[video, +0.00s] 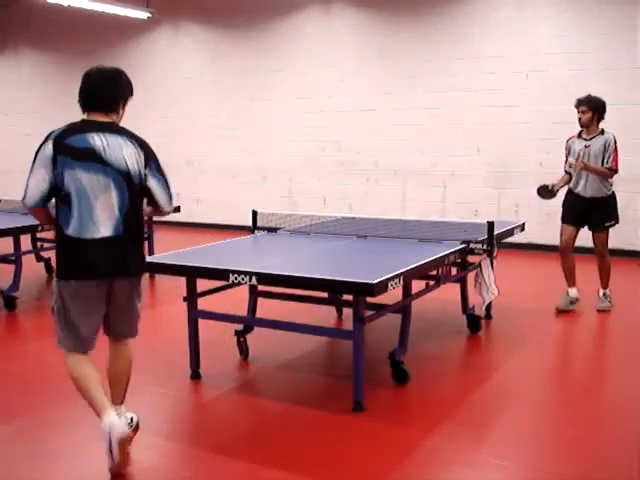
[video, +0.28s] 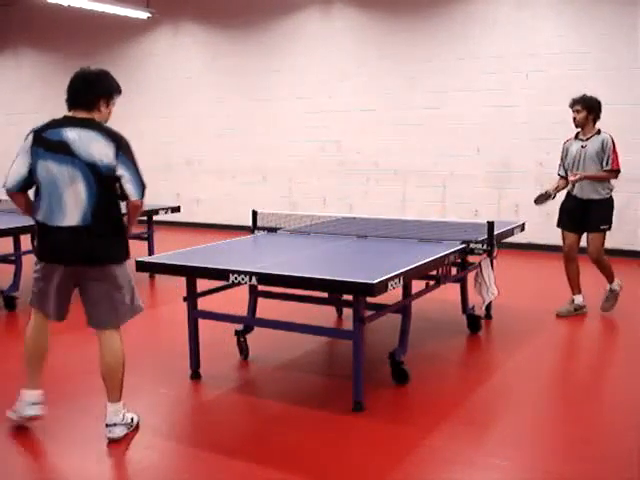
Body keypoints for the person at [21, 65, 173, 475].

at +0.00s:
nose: (126, 109)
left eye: (125, 104)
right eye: (125, 104)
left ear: (81, 101)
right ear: (121, 105)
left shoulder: (56, 142)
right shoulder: (134, 146)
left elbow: (32, 202)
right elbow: (164, 204)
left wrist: (57, 225)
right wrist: (140, 209)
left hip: (78, 265)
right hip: (126, 263)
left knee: (74, 348)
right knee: (121, 340)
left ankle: (113, 418)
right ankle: (114, 426)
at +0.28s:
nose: (112, 111)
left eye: (112, 104)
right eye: (111, 104)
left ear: (71, 101)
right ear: (100, 104)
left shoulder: (38, 136)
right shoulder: (112, 142)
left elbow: (13, 188)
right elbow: (137, 201)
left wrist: (38, 216)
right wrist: (123, 225)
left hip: (54, 251)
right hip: (102, 253)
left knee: (40, 316)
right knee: (109, 328)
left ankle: (30, 398)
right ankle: (115, 415)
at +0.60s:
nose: (70, 119)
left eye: (71, 113)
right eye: (68, 112)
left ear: (36, 108)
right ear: (50, 108)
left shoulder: (9, 140)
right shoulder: (44, 143)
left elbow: (16, 199)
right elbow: (58, 202)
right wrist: (95, 214)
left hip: (16, 254)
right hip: (54, 256)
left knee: (9, 323)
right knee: (87, 325)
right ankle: (109, 411)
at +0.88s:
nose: (45, 114)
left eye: (47, 107)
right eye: (43, 106)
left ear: (18, 104)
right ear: (23, 103)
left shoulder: (9, 132)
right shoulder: (11, 132)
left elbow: (12, 191)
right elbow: (5, 188)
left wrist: (48, 221)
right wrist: (49, 213)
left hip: (9, 247)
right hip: (23, 248)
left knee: (1, 321)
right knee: (47, 320)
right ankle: (57, 416)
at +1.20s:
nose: (52, 123)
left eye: (53, 116)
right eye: (50, 115)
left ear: (23, 112)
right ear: (32, 111)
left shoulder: (5, 138)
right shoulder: (23, 140)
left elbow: (22, 193)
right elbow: (24, 194)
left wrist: (55, 214)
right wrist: (59, 217)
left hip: (5, 255)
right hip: (18, 257)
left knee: (5, 331)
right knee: (38, 335)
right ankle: (41, 437)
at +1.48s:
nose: (75, 134)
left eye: (76, 126)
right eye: (74, 125)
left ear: (37, 120)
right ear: (59, 122)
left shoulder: (11, 146)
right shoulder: (46, 155)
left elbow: (21, 212)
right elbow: (47, 220)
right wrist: (77, 246)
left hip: (3, 267)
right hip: (14, 273)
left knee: (10, 332)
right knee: (39, 353)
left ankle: (1, 399)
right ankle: (36, 460)